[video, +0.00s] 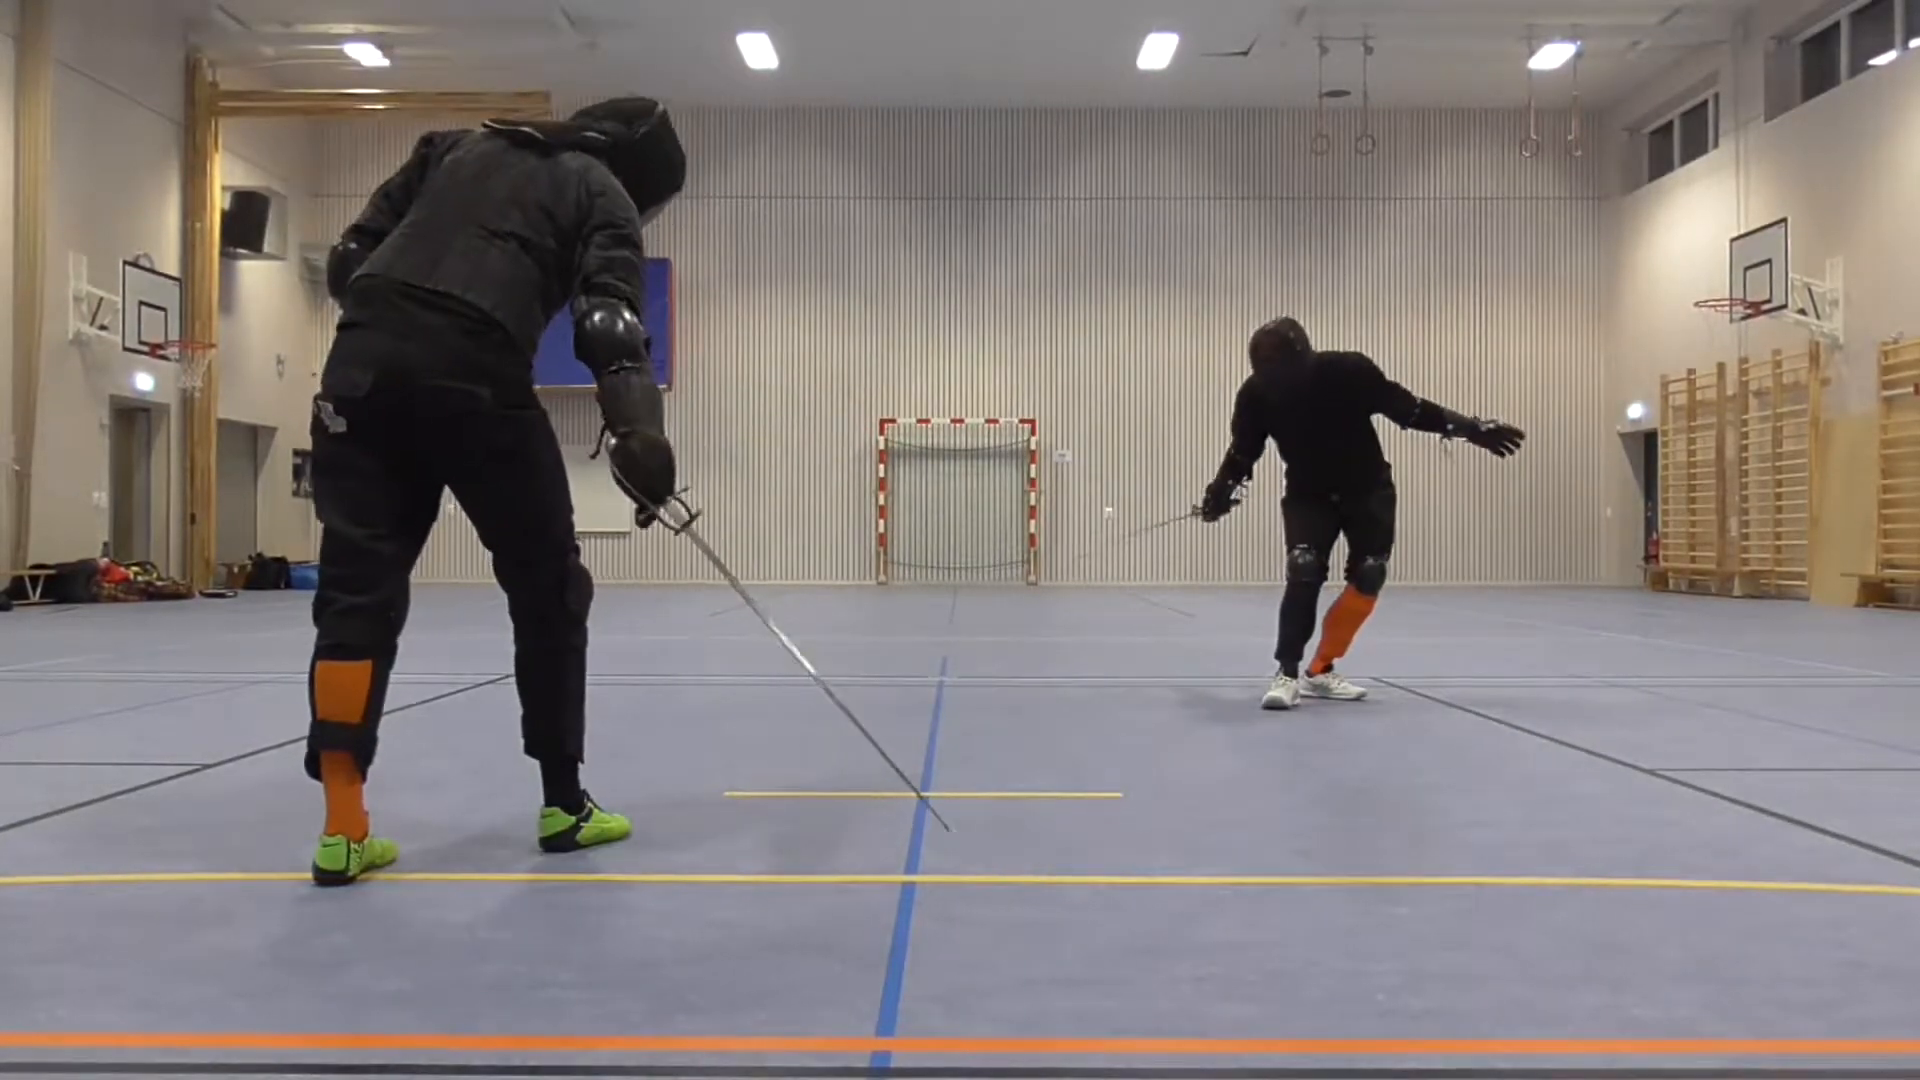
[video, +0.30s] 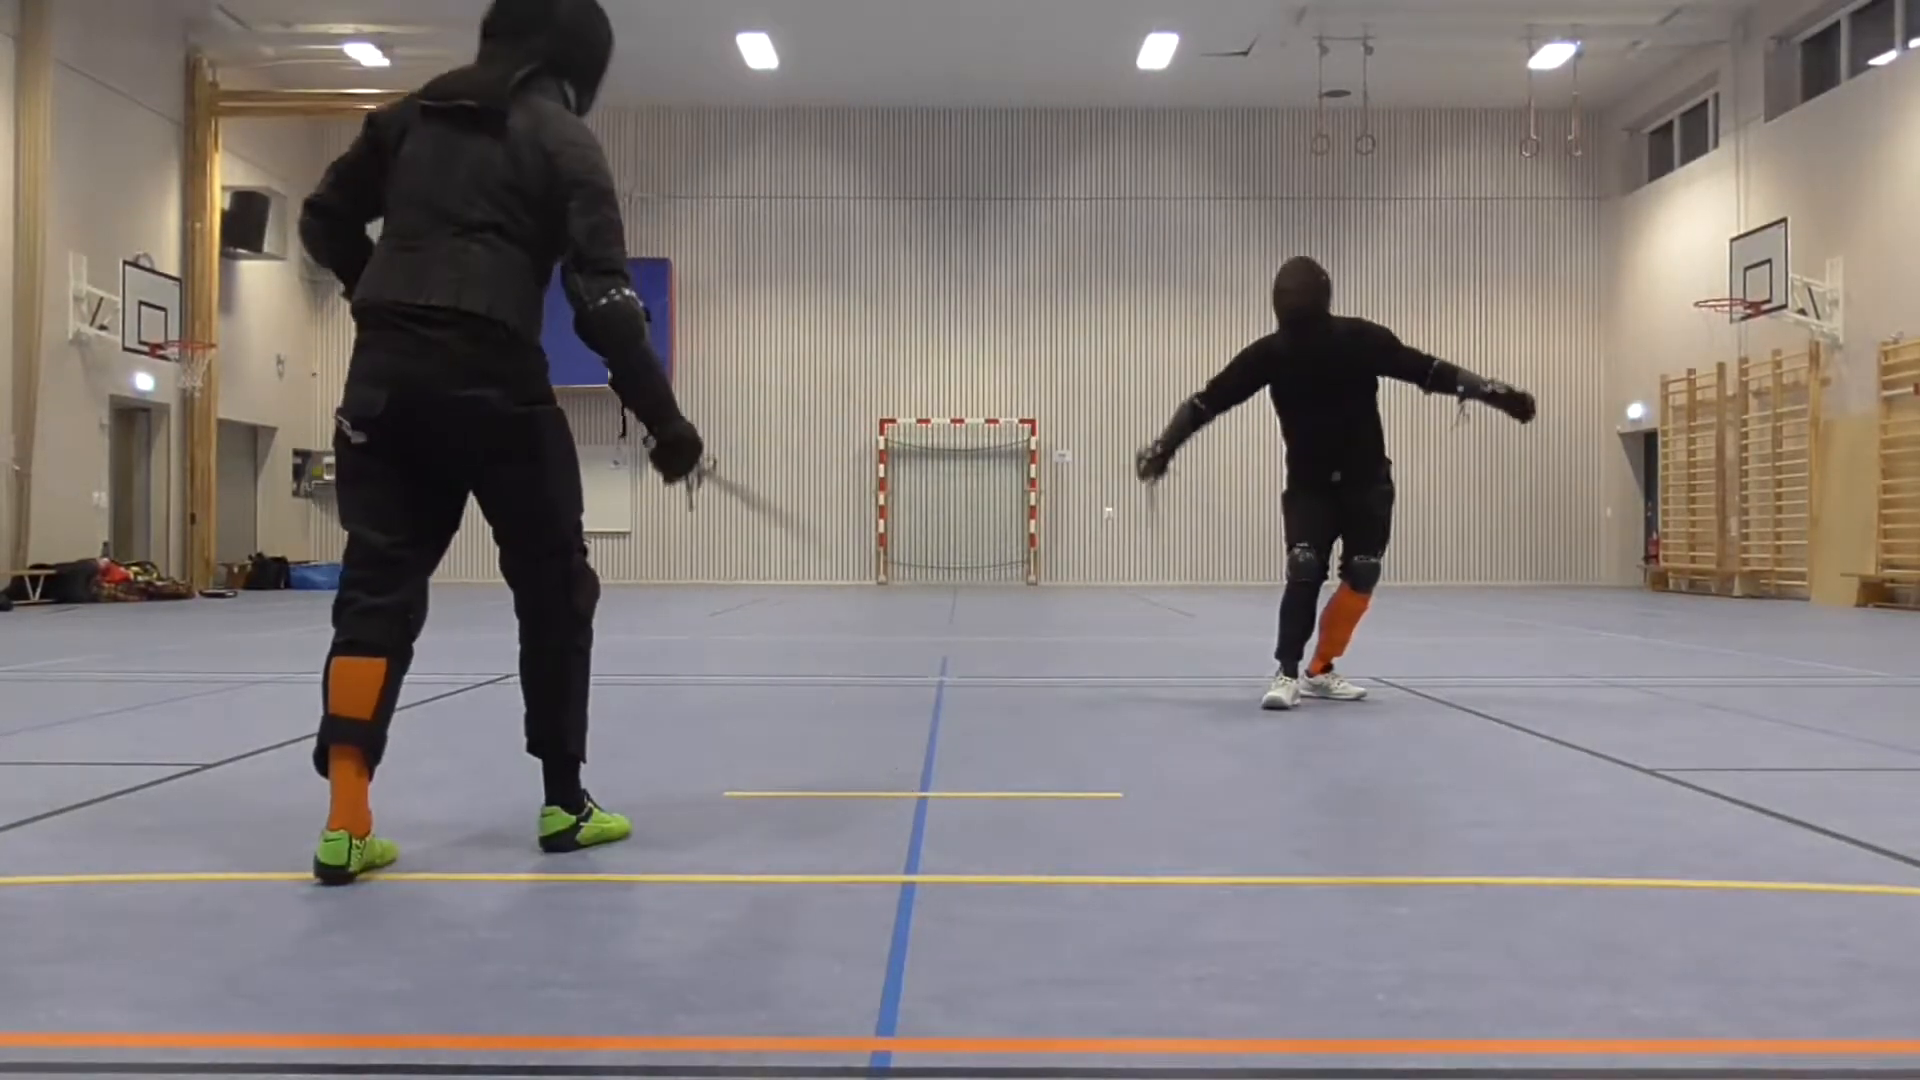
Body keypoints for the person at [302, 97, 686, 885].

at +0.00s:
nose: (641, 211)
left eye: (649, 200)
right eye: (647, 195)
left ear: (582, 130)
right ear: (628, 170)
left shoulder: (455, 146)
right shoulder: (604, 196)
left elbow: (351, 254)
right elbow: (609, 322)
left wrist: (399, 329)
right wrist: (641, 433)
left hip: (362, 373)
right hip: (476, 383)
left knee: (356, 592)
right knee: (548, 588)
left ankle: (341, 829)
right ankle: (563, 804)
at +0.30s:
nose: (593, 94)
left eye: (594, 78)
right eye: (593, 77)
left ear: (499, 40)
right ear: (573, 64)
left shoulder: (410, 113)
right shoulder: (566, 143)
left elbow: (325, 218)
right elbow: (602, 301)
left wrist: (389, 291)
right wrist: (665, 419)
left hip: (385, 371)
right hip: (495, 379)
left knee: (378, 584)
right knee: (554, 583)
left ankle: (345, 826)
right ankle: (565, 802)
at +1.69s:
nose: (627, 107)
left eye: (629, 93)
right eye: (627, 92)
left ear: (538, 64)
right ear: (605, 81)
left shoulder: (453, 152)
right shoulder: (606, 165)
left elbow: (435, 270)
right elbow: (637, 318)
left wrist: (521, 314)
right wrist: (689, 422)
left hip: (465, 397)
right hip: (573, 406)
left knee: (427, 582)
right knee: (625, 588)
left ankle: (362, 786)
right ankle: (641, 780)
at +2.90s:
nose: (522, 123)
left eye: (523, 109)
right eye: (520, 108)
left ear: (427, 82)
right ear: (499, 99)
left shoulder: (345, 169)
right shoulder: (500, 183)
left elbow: (339, 279)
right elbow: (537, 332)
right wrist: (598, 419)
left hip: (345, 412)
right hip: (452, 419)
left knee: (300, 592)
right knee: (539, 583)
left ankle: (215, 778)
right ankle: (545, 785)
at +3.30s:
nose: (425, 100)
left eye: (426, 83)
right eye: (423, 82)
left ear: (326, 52)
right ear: (397, 71)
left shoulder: (235, 142)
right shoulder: (394, 157)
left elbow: (232, 268)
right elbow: (421, 317)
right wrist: (494, 409)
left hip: (233, 399)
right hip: (348, 406)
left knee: (216, 597)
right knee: (441, 583)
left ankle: (176, 827)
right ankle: (479, 788)